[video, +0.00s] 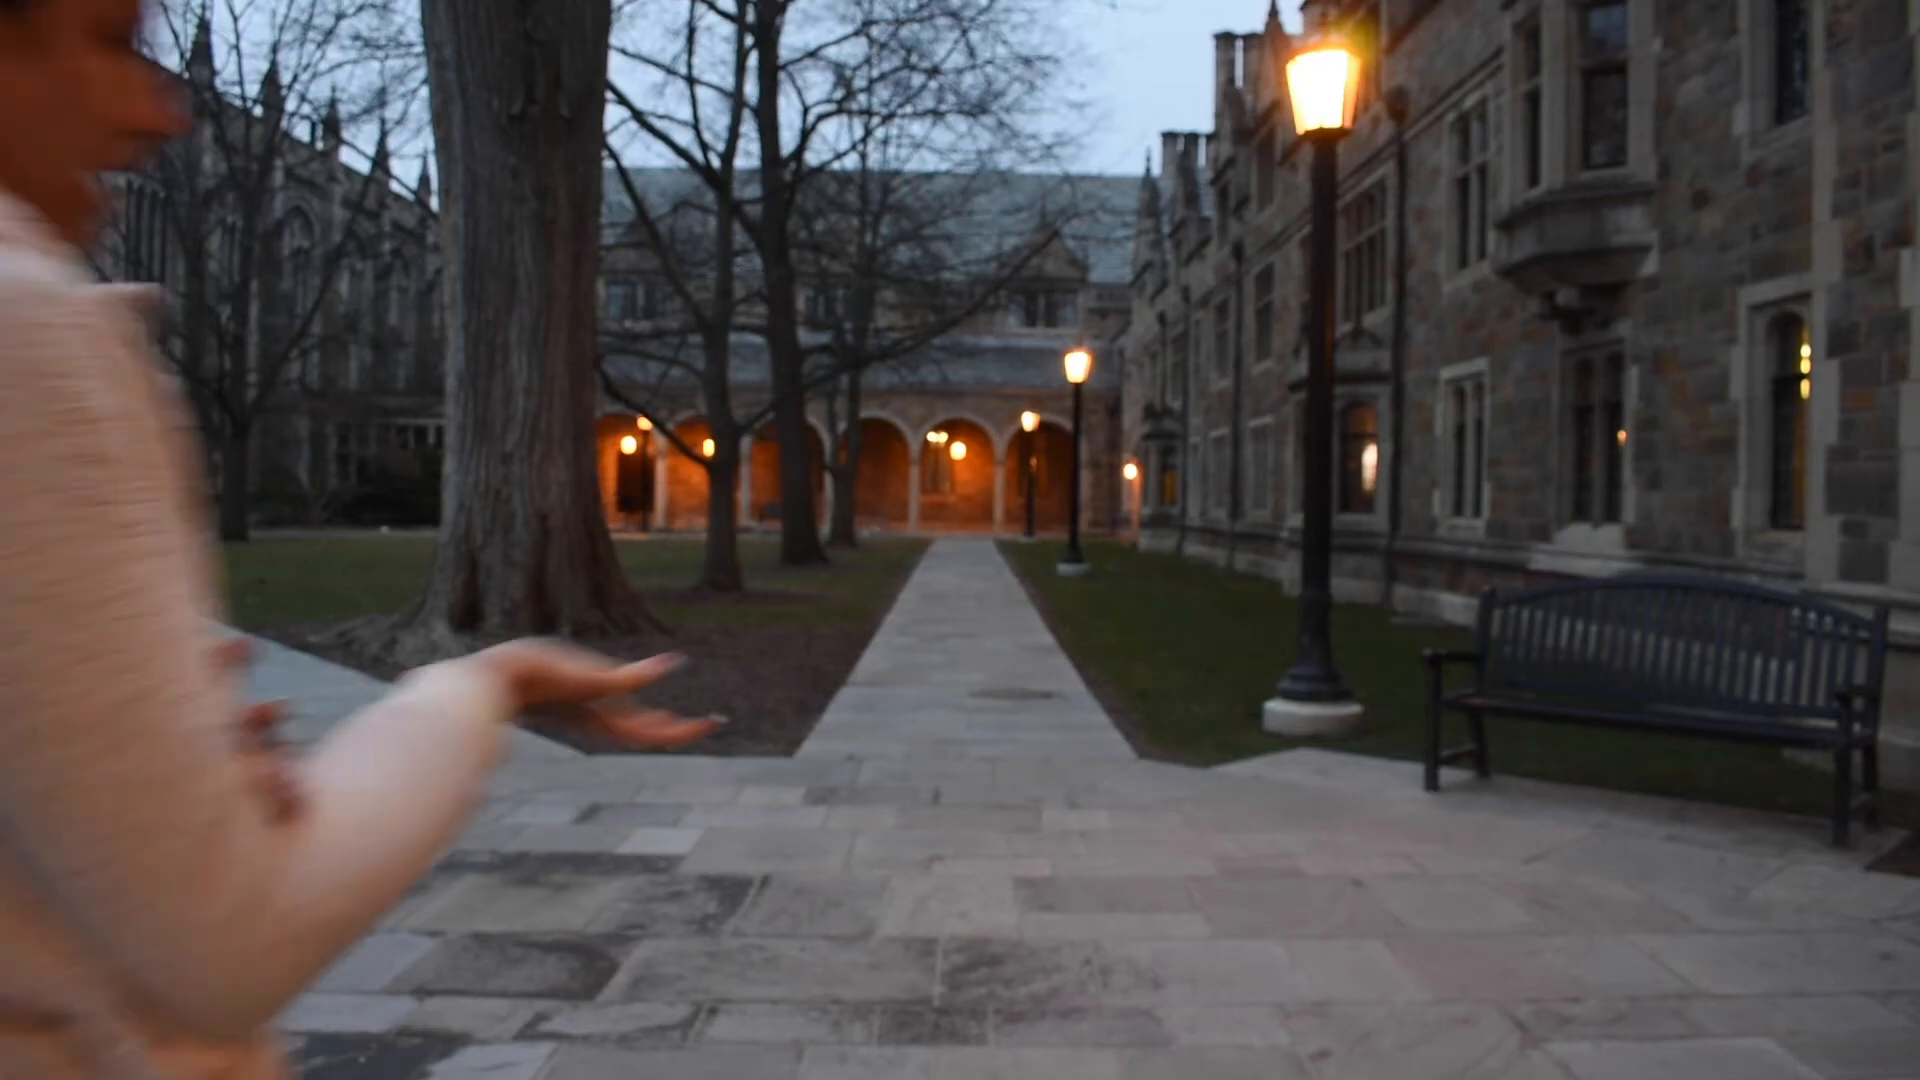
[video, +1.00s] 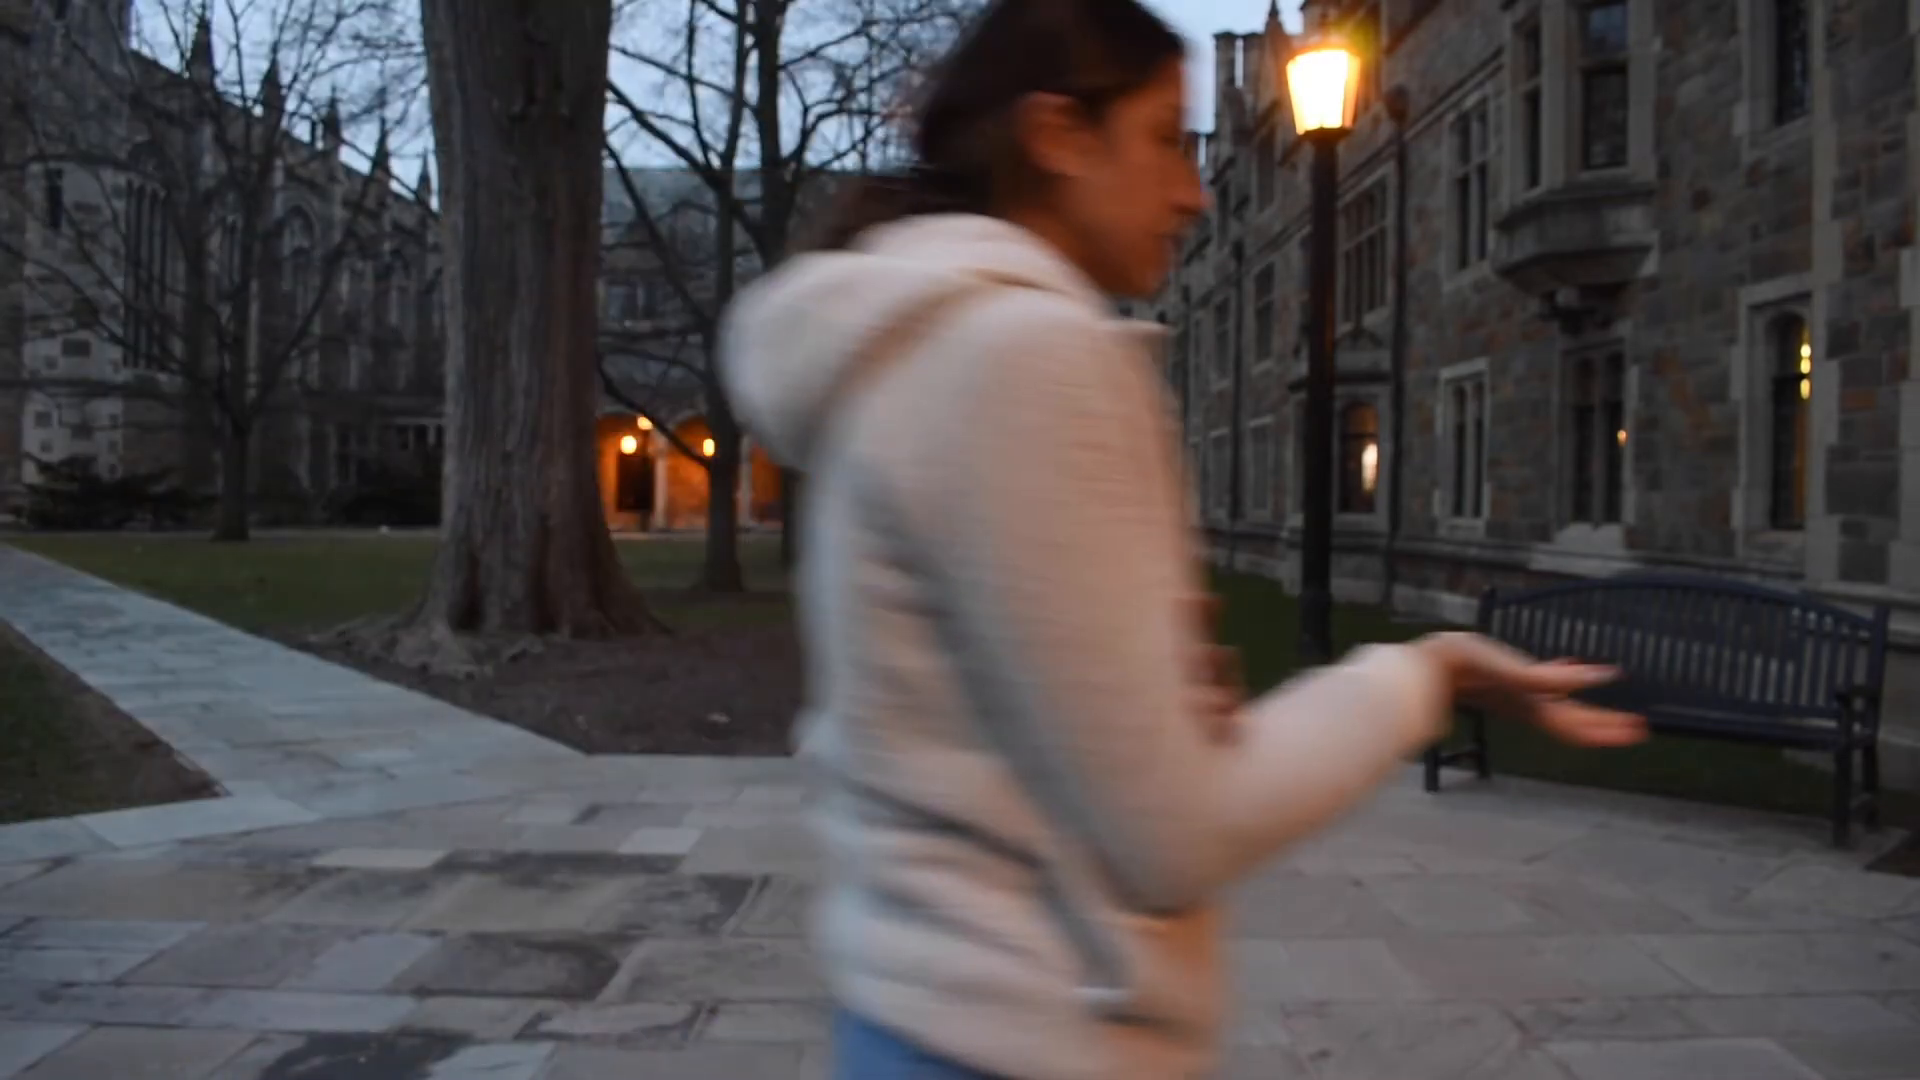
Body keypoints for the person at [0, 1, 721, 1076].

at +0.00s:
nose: (164, 107)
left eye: (143, 46)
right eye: (116, 40)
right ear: (11, 40)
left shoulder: (42, 316)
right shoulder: (32, 322)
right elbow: (222, 946)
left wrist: (170, 754)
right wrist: (483, 686)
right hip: (90, 1051)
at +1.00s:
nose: (1196, 195)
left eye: (1189, 150)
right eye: (1169, 142)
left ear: (1057, 141)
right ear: (1056, 137)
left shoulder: (930, 334)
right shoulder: (1026, 354)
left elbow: (935, 737)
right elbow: (1170, 835)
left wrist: (1160, 697)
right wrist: (1428, 676)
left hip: (930, 1014)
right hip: (1030, 1037)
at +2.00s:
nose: (1656, 203)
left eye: (1666, 164)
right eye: (1655, 167)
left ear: (1749, 161)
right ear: (1861, 153)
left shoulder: (1692, 357)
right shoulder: (1898, 310)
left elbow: (1547, 728)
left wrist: (1551, 567)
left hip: (1760, 991)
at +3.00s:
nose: (1361, 199)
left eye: (1403, 153)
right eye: (1368, 158)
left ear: (1524, 172)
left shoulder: (1631, 354)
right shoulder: (1485, 369)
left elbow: (1485, 811)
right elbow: (1440, 723)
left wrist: (1180, 718)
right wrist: (1194, 681)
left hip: (1547, 1036)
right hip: (1431, 1026)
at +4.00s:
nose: (736, 188)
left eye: (774, 151)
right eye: (750, 152)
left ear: (879, 188)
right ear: (864, 194)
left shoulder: (932, 357)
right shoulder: (869, 351)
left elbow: (770, 751)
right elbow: (758, 678)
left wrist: (515, 632)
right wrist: (554, 600)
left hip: (828, 1001)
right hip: (783, 984)